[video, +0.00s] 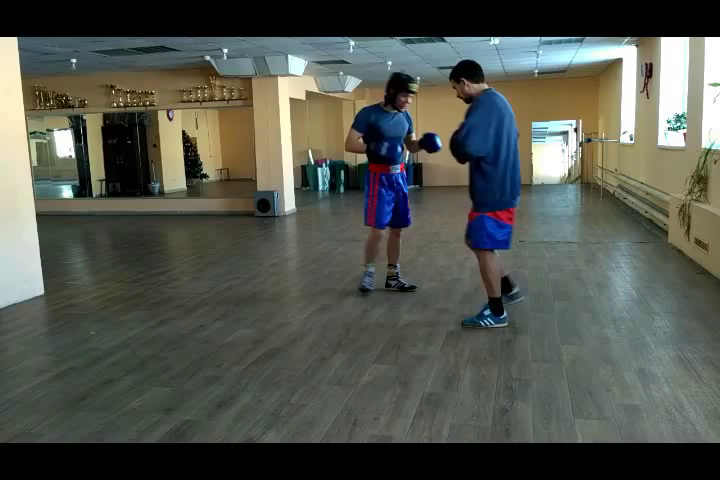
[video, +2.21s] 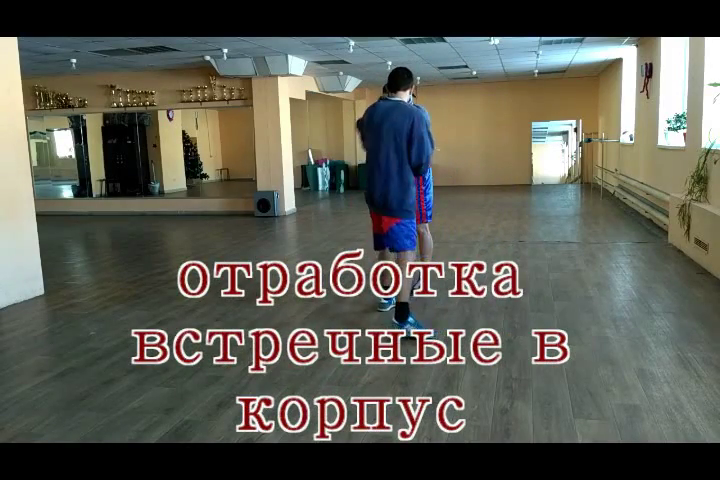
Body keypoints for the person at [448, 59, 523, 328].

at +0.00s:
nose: (457, 95)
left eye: (456, 88)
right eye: (455, 89)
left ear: (465, 82)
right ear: (476, 80)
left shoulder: (485, 106)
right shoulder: (495, 101)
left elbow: (464, 152)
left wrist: (458, 134)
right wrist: (463, 135)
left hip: (492, 193)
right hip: (500, 188)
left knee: (484, 248)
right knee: (475, 239)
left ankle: (496, 311)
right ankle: (506, 286)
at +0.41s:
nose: (457, 86)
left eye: (457, 82)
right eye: (457, 82)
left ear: (463, 81)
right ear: (484, 82)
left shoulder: (452, 104)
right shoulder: (498, 109)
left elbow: (422, 139)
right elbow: (495, 148)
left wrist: (420, 114)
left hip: (451, 191)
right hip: (483, 191)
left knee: (444, 248)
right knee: (471, 249)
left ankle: (474, 289)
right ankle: (471, 307)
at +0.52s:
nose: (452, 84)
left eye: (452, 80)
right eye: (454, 81)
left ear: (457, 81)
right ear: (479, 84)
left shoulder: (440, 104)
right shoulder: (490, 112)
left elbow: (406, 127)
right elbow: (495, 157)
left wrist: (403, 104)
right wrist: (474, 175)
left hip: (438, 191)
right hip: (473, 193)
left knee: (425, 245)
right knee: (468, 252)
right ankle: (471, 307)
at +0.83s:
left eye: (420, 82)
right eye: (444, 85)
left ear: (419, 83)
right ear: (444, 85)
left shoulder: (402, 107)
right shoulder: (452, 111)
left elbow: (373, 124)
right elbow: (462, 157)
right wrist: (446, 171)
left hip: (406, 191)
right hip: (440, 193)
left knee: (404, 249)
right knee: (452, 250)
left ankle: (396, 305)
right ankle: (465, 306)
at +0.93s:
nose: (437, 87)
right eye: (438, 84)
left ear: (412, 82)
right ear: (436, 84)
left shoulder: (392, 106)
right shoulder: (445, 111)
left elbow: (373, 129)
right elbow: (454, 158)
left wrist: (398, 155)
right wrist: (434, 172)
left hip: (398, 191)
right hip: (432, 193)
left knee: (402, 249)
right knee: (445, 247)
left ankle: (396, 306)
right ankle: (449, 308)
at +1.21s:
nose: (432, 84)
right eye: (434, 80)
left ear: (410, 79)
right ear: (433, 81)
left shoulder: (392, 106)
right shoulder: (442, 112)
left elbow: (369, 139)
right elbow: (450, 160)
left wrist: (391, 156)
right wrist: (428, 164)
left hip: (391, 194)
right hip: (424, 197)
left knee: (396, 254)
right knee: (422, 261)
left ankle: (396, 305)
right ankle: (413, 320)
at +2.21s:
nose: (413, 92)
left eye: (412, 89)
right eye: (413, 89)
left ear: (387, 86)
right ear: (410, 89)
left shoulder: (371, 111)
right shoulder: (413, 115)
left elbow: (368, 146)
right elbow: (420, 162)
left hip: (375, 190)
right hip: (402, 193)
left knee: (382, 248)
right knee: (405, 256)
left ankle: (386, 296)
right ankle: (403, 316)